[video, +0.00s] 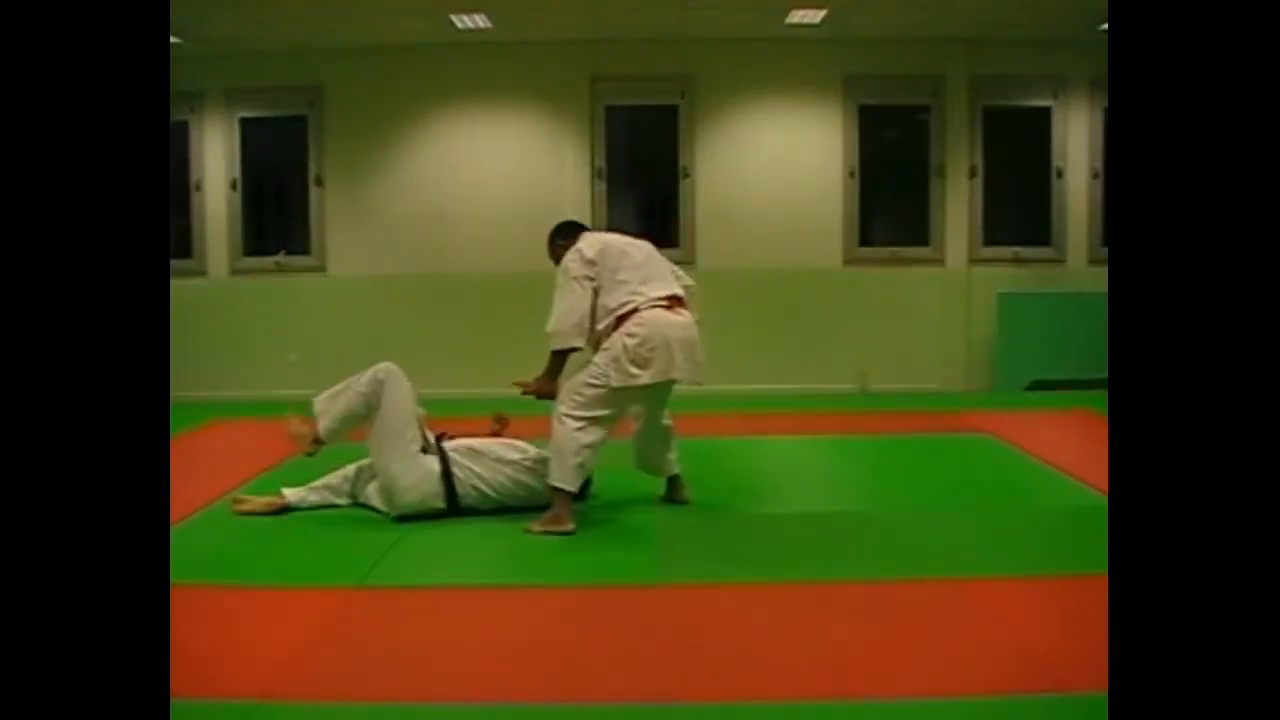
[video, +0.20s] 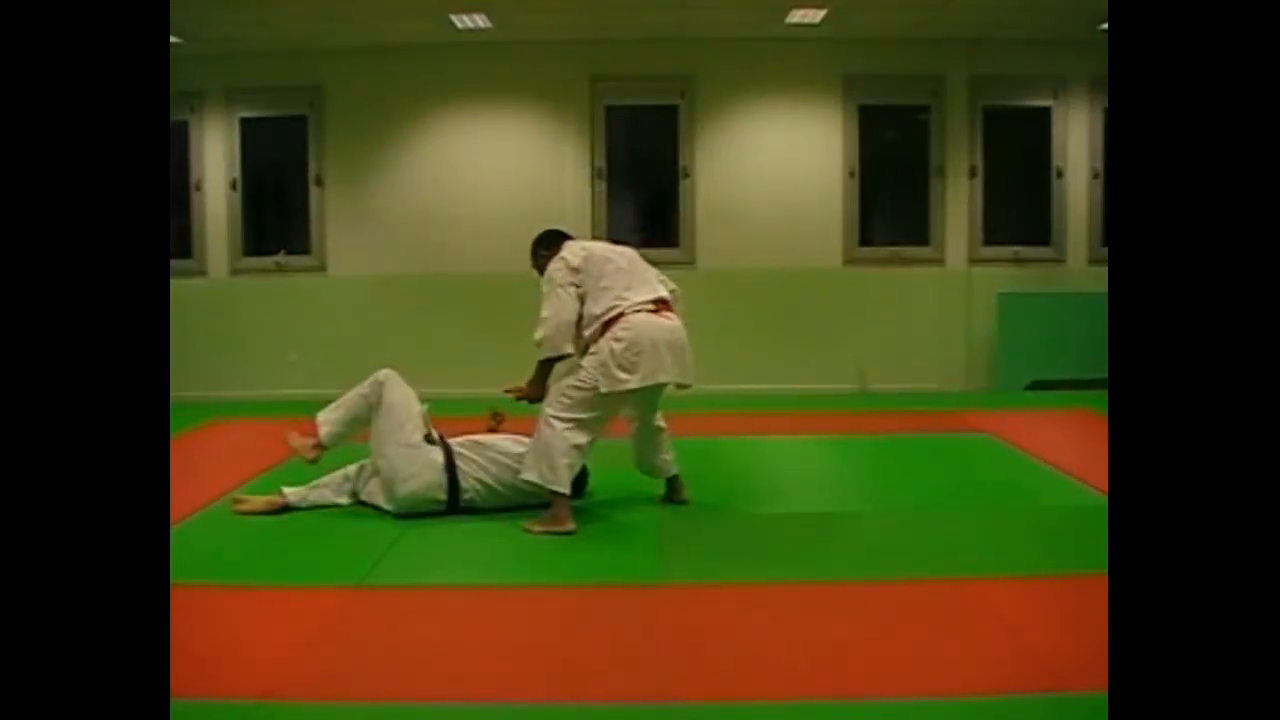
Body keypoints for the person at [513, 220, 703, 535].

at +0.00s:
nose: (560, 266)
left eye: (558, 259)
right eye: (556, 261)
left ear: (564, 245)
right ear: (585, 233)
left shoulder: (577, 255)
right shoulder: (635, 246)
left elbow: (568, 325)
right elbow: (683, 283)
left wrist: (548, 379)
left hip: (640, 332)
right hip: (683, 329)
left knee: (573, 409)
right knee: (653, 412)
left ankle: (560, 511)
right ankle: (674, 482)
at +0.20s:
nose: (544, 276)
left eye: (542, 269)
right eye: (541, 272)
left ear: (548, 255)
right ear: (570, 241)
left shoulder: (562, 263)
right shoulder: (620, 252)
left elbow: (557, 330)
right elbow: (669, 290)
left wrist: (537, 385)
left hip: (628, 336)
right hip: (671, 332)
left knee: (561, 412)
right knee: (647, 413)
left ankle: (559, 511)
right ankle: (674, 483)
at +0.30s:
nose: (534, 286)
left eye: (531, 280)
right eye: (530, 283)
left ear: (537, 267)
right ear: (559, 251)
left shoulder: (553, 271)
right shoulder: (599, 262)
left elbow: (553, 331)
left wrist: (534, 385)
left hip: (626, 336)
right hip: (668, 332)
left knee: (556, 414)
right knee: (644, 415)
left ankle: (559, 512)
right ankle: (674, 484)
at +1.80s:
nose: (548, 227)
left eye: (546, 220)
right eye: (545, 221)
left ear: (555, 208)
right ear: (577, 202)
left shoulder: (570, 225)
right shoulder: (621, 223)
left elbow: (554, 287)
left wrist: (524, 340)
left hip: (615, 319)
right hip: (659, 316)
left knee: (565, 411)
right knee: (646, 406)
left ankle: (561, 511)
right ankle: (675, 484)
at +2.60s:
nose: (510, 190)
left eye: (513, 179)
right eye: (507, 181)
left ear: (536, 169)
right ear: (541, 169)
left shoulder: (554, 206)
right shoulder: (573, 194)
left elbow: (565, 276)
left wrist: (554, 336)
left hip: (594, 320)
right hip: (622, 309)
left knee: (557, 410)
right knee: (618, 403)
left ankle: (566, 508)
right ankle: (652, 468)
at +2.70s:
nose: (502, 183)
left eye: (506, 173)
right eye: (499, 174)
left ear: (532, 164)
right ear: (533, 166)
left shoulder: (549, 204)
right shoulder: (559, 192)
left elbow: (561, 273)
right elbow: (545, 268)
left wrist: (550, 334)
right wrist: (530, 320)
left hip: (583, 318)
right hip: (605, 310)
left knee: (554, 412)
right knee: (595, 405)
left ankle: (566, 509)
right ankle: (616, 477)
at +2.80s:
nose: (498, 180)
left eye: (502, 169)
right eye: (495, 171)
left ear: (528, 160)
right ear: (528, 163)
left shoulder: (547, 200)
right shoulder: (552, 193)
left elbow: (560, 269)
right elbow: (544, 268)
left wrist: (549, 331)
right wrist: (523, 319)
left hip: (577, 319)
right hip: (588, 312)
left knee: (558, 413)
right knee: (579, 406)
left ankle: (566, 508)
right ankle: (585, 486)